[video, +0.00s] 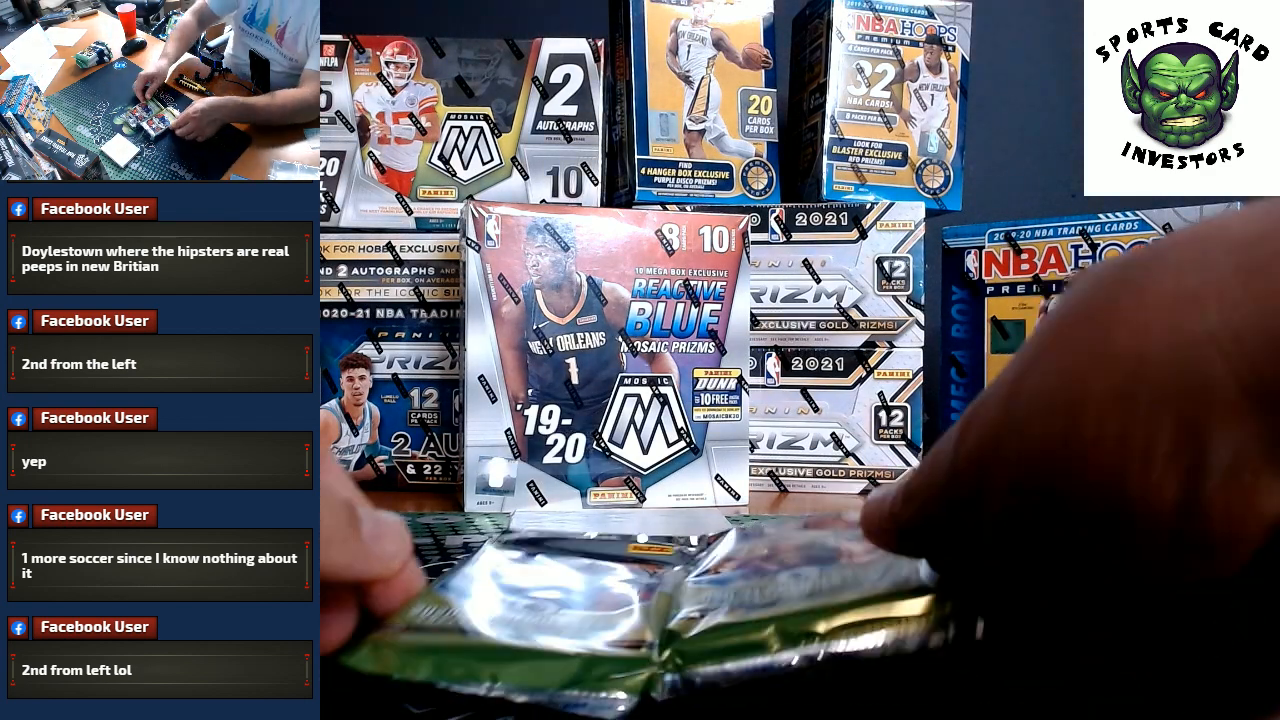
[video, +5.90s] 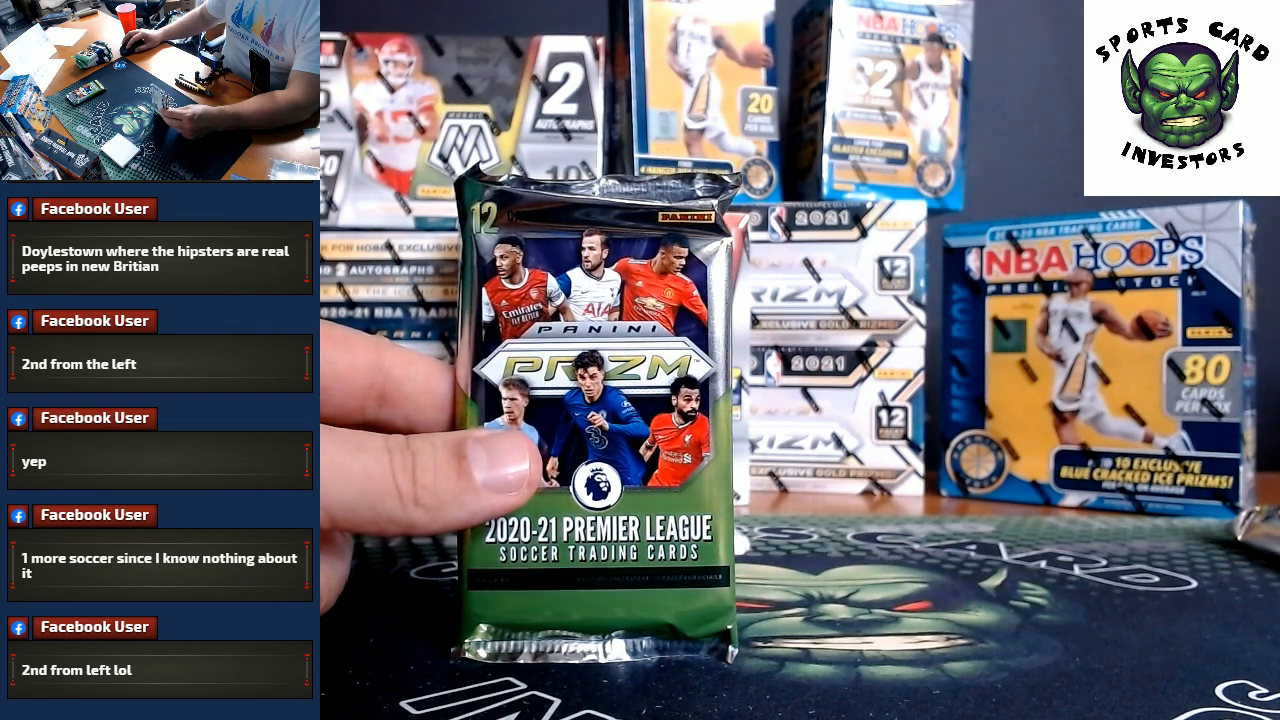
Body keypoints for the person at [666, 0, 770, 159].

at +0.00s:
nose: (697, 10)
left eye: (702, 7)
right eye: (695, 6)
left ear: (711, 12)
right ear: (691, 9)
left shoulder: (715, 34)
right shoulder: (678, 24)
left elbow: (739, 59)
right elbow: (670, 53)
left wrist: (764, 62)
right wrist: (678, 72)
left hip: (705, 87)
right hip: (692, 88)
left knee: (692, 141)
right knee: (725, 145)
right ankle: (767, 158)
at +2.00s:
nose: (698, 8)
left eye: (702, 5)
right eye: (696, 5)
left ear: (709, 12)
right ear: (691, 7)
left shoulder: (715, 34)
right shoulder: (678, 24)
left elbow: (739, 59)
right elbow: (670, 54)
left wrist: (764, 63)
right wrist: (678, 72)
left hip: (705, 87)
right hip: (692, 88)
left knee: (692, 141)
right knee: (725, 145)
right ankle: (765, 157)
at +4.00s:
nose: (694, 11)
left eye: (697, 8)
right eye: (688, 7)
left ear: (702, 8)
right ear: (683, 7)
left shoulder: (712, 31)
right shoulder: (679, 25)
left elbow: (734, 54)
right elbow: (671, 53)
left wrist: (758, 59)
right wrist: (678, 70)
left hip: (706, 84)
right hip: (692, 85)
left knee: (692, 138)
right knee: (724, 142)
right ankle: (758, 153)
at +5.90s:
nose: (691, 7)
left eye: (695, 4)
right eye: (688, 5)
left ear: (702, 6)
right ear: (683, 6)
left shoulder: (714, 31)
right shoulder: (678, 24)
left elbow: (736, 55)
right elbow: (670, 52)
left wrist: (759, 59)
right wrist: (678, 70)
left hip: (706, 85)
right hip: (691, 86)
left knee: (692, 138)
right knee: (724, 142)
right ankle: (757, 152)